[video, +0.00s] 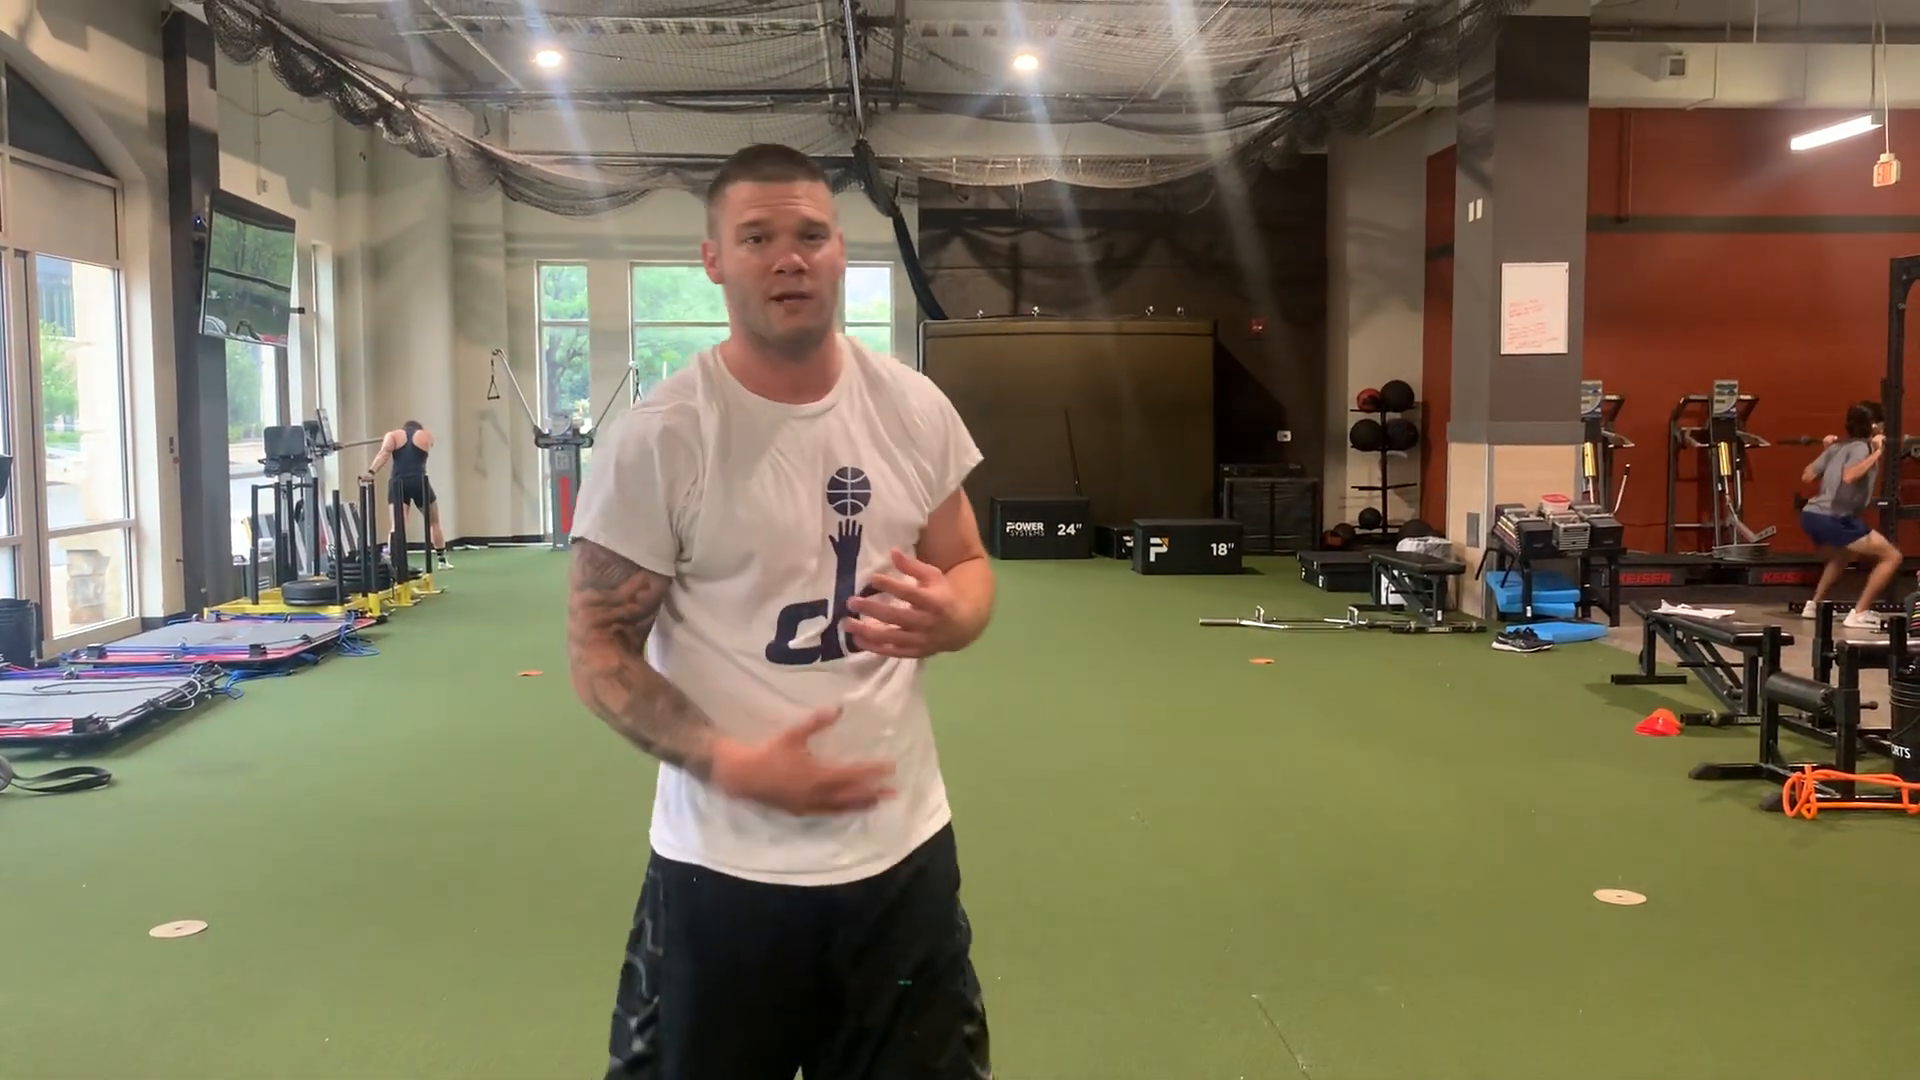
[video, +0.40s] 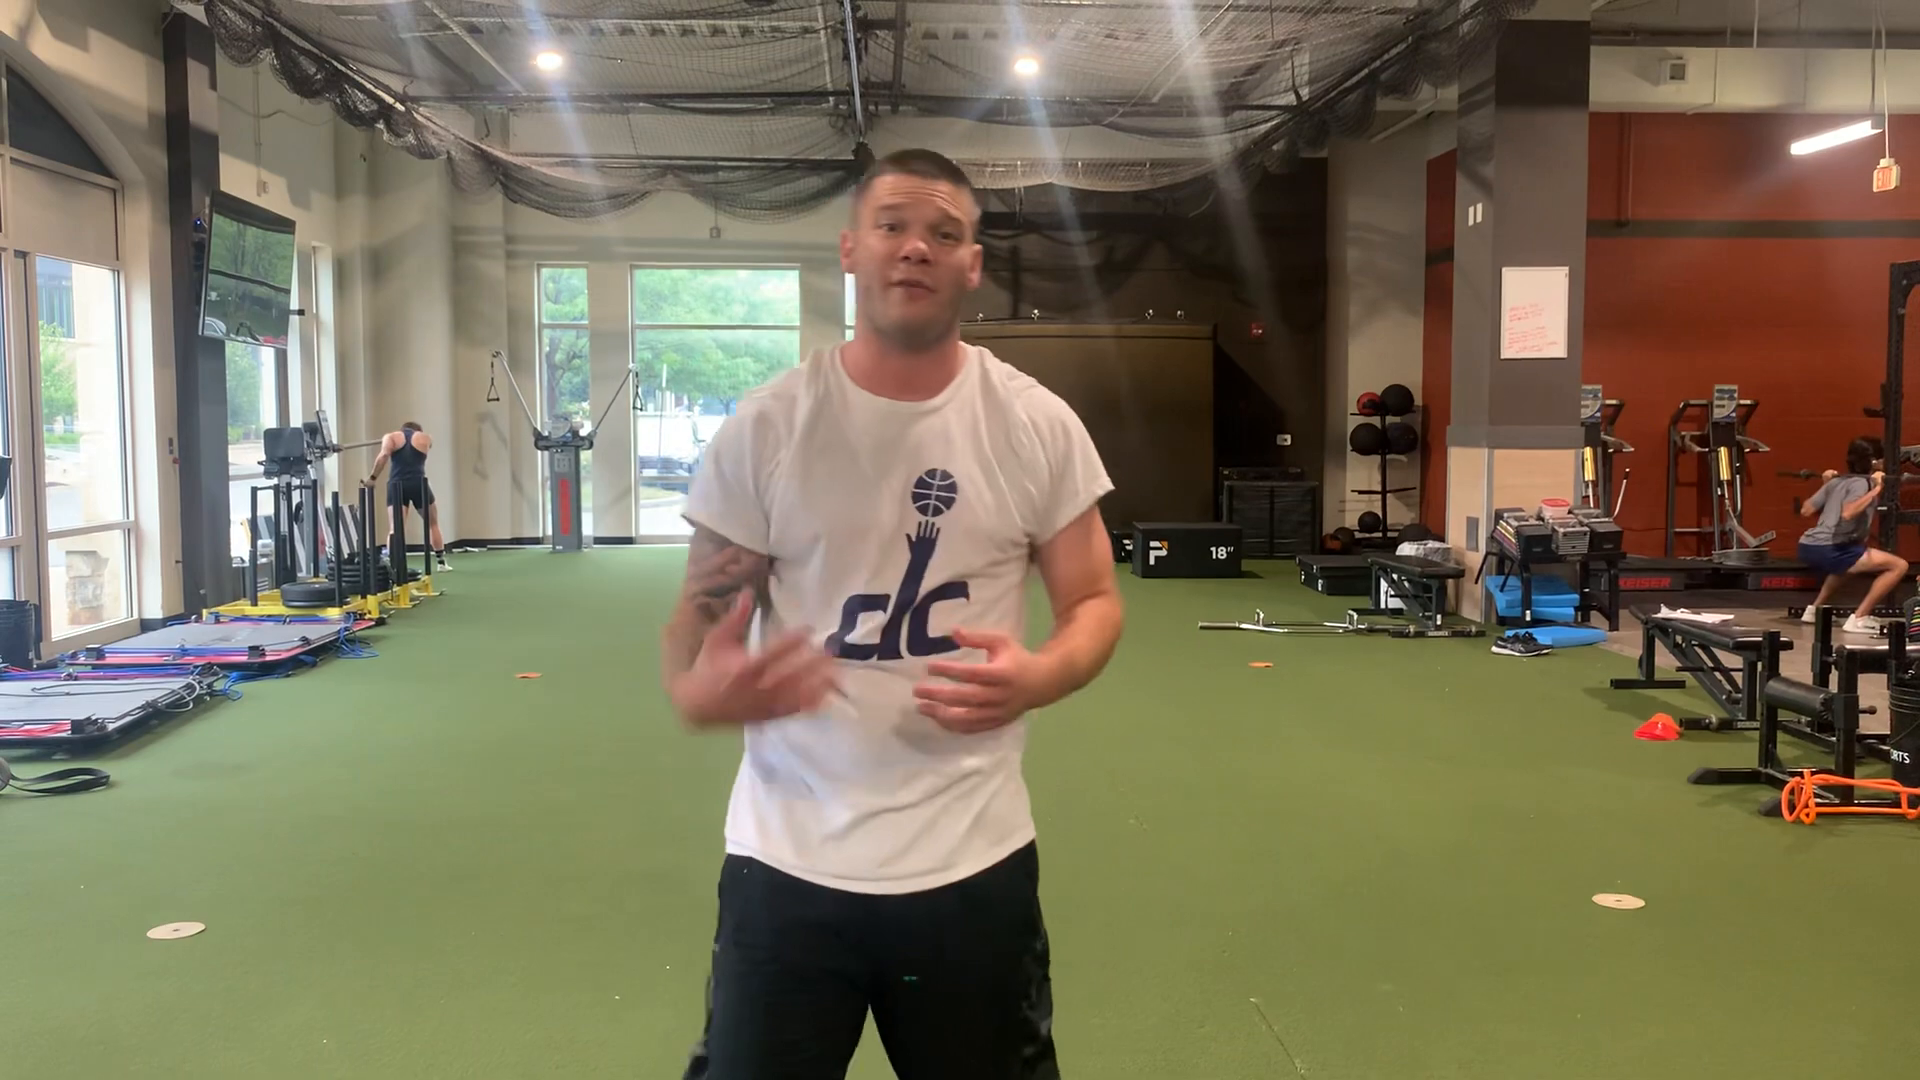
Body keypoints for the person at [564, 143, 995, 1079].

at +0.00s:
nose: (791, 257)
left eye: (812, 233)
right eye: (759, 236)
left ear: (842, 253)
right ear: (713, 263)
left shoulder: (910, 406)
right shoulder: (658, 435)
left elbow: (967, 565)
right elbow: (598, 651)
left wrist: (955, 618)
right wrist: (725, 759)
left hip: (900, 861)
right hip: (730, 873)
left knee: (927, 1065)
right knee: (698, 1067)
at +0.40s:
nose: (916, 247)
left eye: (943, 232)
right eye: (892, 225)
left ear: (975, 267)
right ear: (849, 252)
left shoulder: (1036, 427)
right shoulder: (766, 428)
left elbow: (1094, 603)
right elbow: (703, 617)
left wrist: (1043, 675)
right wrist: (702, 697)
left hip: (970, 865)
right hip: (791, 864)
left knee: (994, 1067)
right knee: (747, 1067)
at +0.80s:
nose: (1017, 258)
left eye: (1047, 250)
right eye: (996, 235)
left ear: (1067, 295)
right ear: (945, 262)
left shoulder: (1099, 461)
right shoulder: (833, 422)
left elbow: (1131, 644)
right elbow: (755, 599)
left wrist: (1123, 707)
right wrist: (794, 744)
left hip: (994, 866)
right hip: (822, 859)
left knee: (1009, 1067)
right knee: (787, 1068)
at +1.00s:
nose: (1036, 273)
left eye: (1065, 264)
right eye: (1018, 246)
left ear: (1088, 304)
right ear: (970, 263)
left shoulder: (1102, 468)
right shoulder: (847, 414)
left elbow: (1138, 649)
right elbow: (749, 587)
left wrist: (1142, 732)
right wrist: (786, 726)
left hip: (985, 867)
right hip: (814, 854)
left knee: (997, 1067)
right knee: (781, 1066)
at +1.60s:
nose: (924, 277)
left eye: (946, 265)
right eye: (902, 254)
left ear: (967, 300)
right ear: (854, 278)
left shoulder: (1011, 447)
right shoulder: (769, 436)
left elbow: (1060, 615)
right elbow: (687, 617)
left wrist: (1026, 675)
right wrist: (774, 632)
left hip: (959, 842)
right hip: (791, 845)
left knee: (992, 1065)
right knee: (767, 1066)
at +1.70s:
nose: (880, 279)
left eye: (902, 266)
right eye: (856, 261)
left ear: (929, 300)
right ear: (815, 293)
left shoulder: (989, 440)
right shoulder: (750, 446)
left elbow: (1040, 600)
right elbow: (694, 622)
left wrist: (997, 661)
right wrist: (737, 684)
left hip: (944, 840)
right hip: (781, 847)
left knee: (968, 1062)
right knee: (768, 1063)